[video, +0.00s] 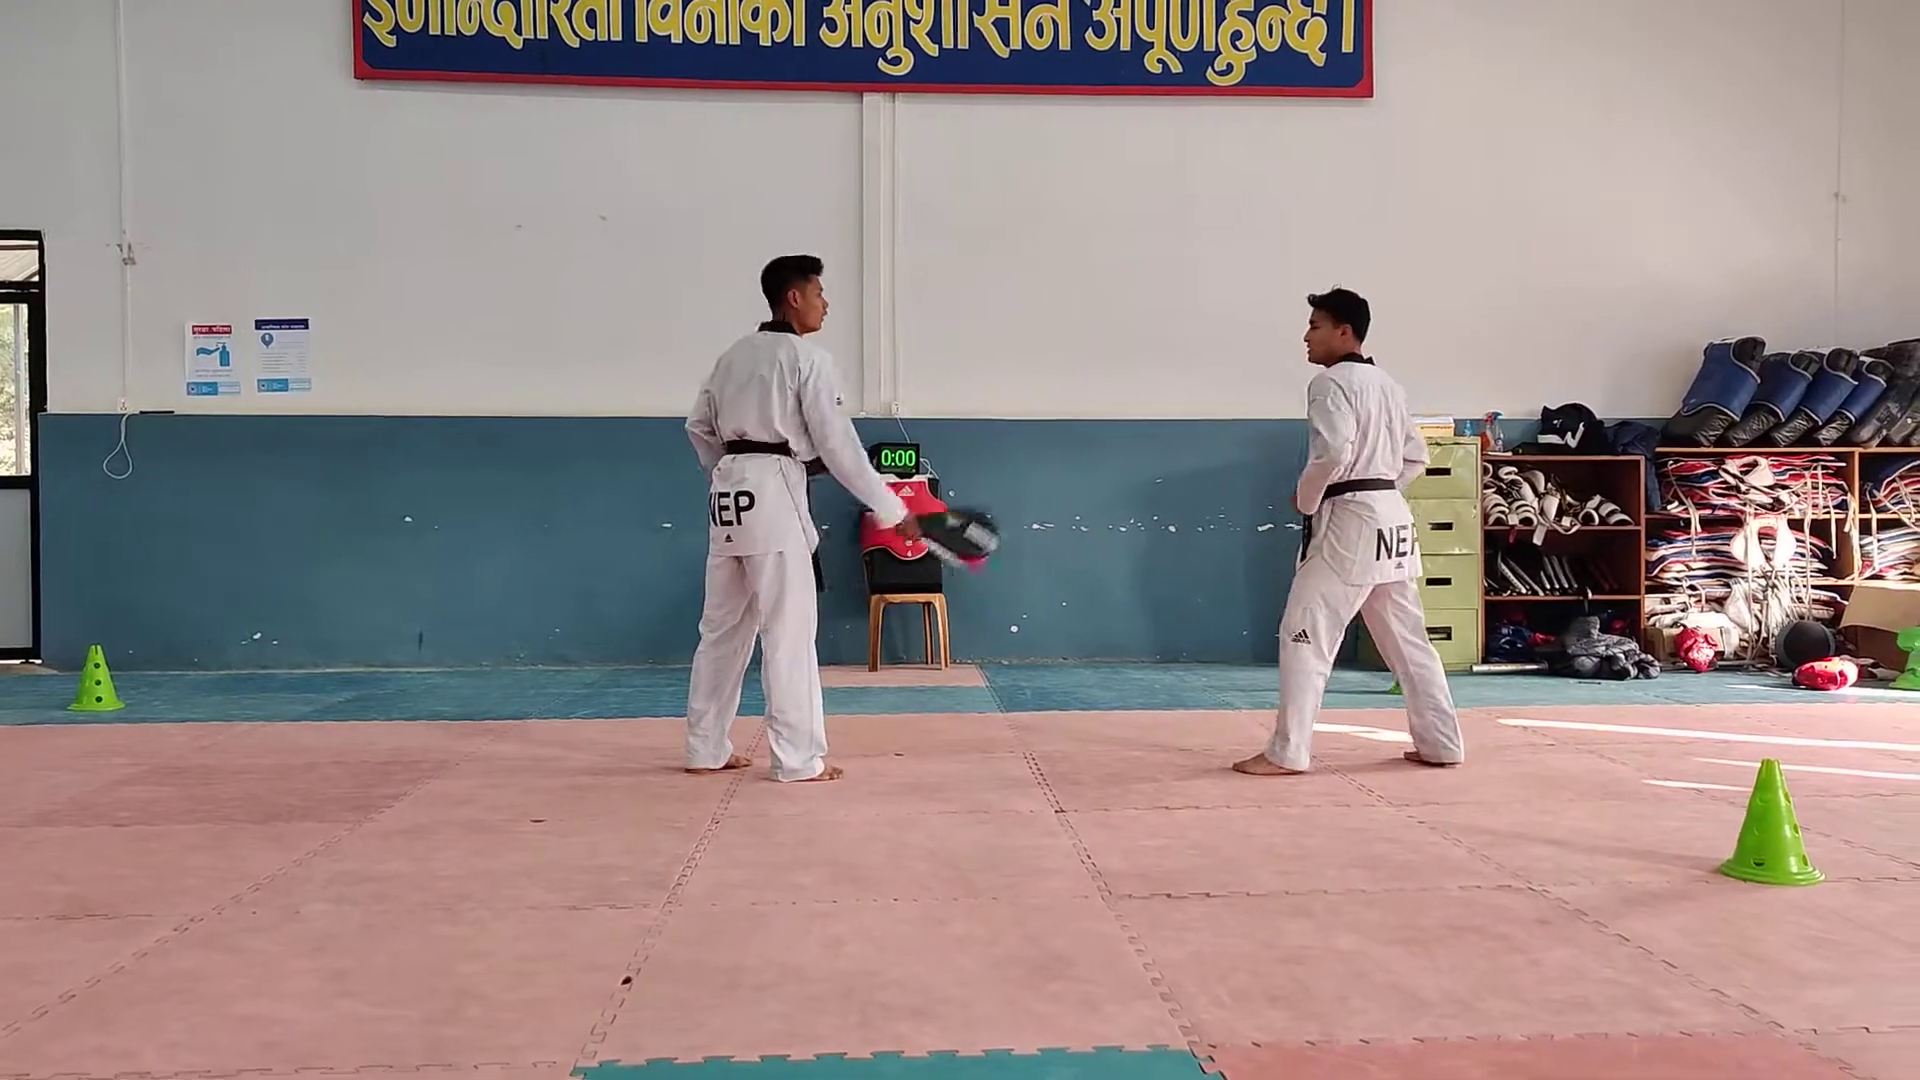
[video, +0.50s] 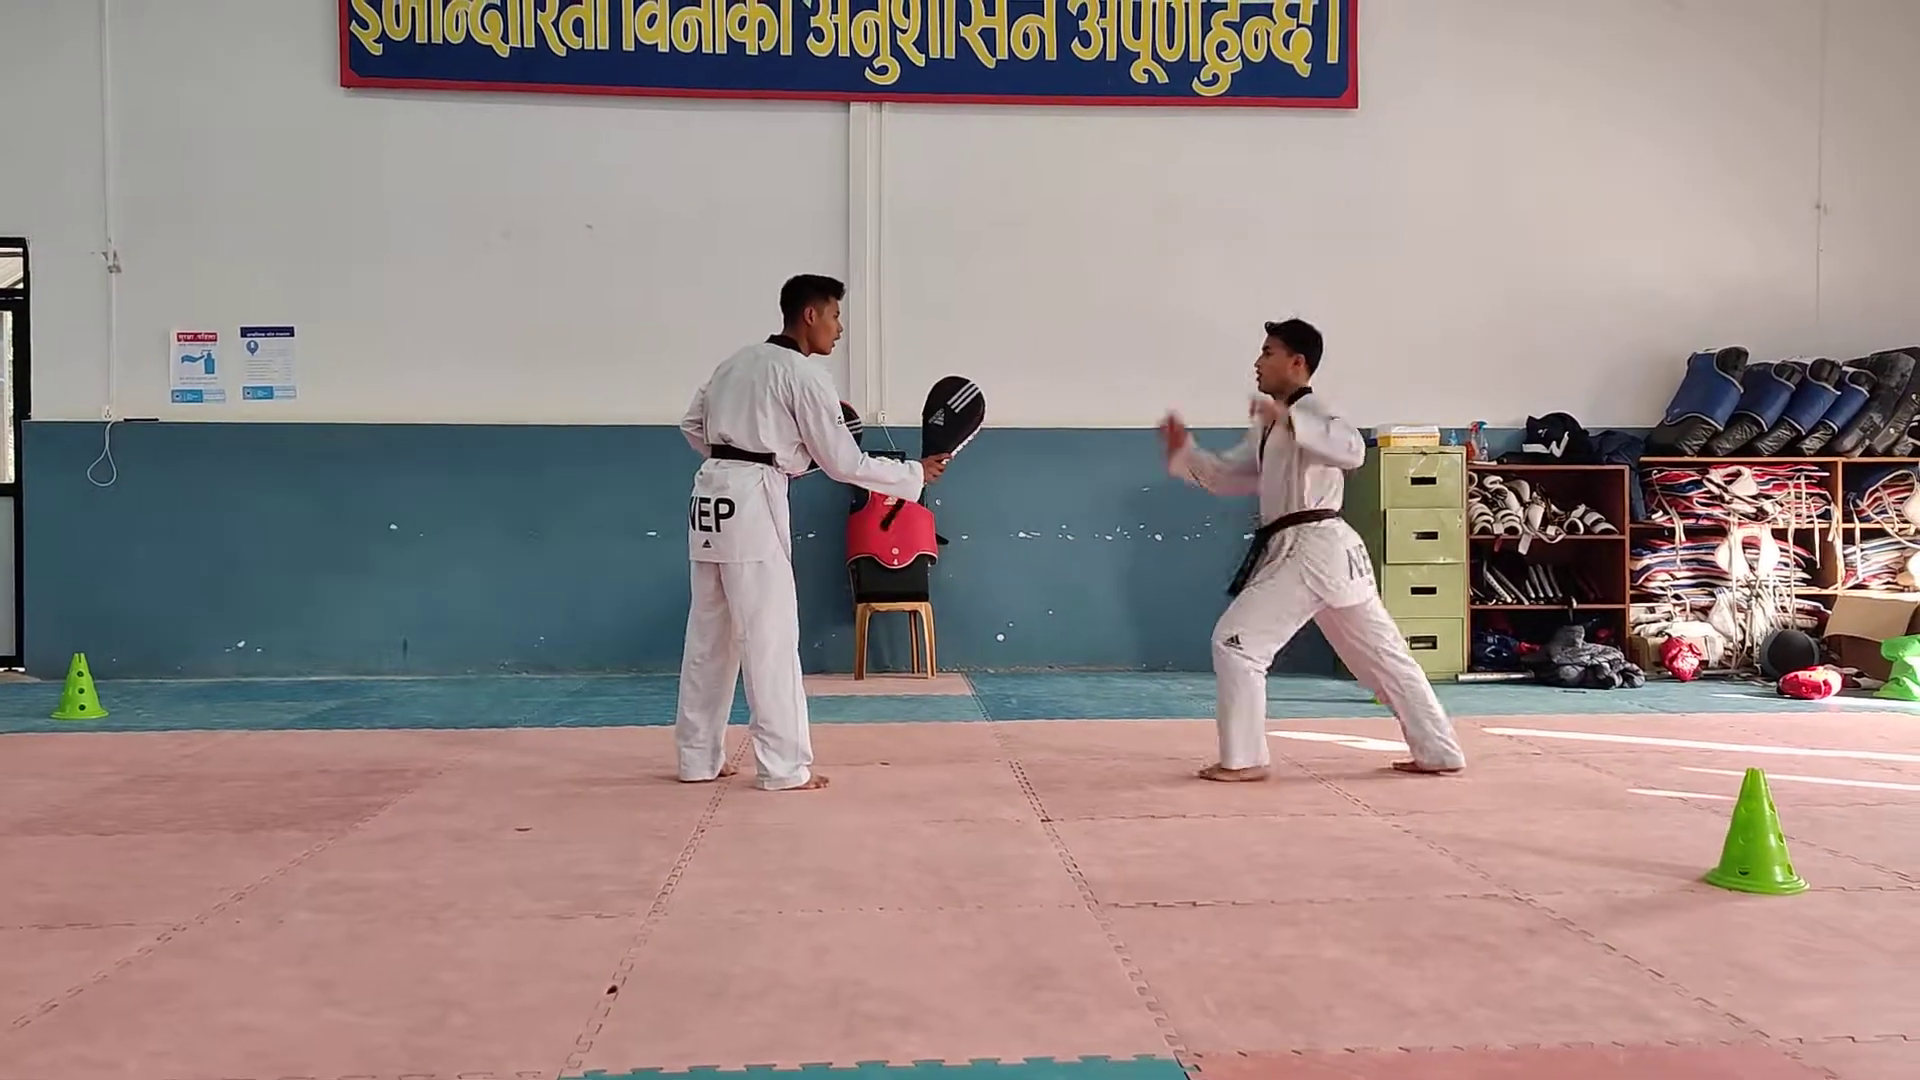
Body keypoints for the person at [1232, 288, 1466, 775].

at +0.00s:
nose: (1306, 335)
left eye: (1314, 326)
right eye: (1308, 325)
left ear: (1345, 332)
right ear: (1351, 335)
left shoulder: (1330, 381)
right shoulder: (1388, 385)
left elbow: (1332, 451)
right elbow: (1416, 455)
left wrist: (1305, 497)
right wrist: (1377, 489)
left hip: (1350, 518)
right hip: (1396, 517)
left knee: (1305, 634)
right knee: (1407, 638)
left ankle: (1288, 752)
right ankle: (1440, 744)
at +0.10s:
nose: (1303, 334)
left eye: (1312, 324)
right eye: (1305, 324)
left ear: (1343, 330)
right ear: (1347, 333)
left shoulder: (1329, 381)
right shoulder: (1386, 384)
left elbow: (1337, 453)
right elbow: (1415, 454)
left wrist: (1305, 494)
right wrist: (1372, 485)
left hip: (1349, 517)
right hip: (1394, 515)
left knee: (1310, 635)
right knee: (1406, 635)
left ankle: (1284, 752)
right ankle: (1436, 742)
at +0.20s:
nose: (1295, 334)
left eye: (1304, 325)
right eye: (1298, 324)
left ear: (1335, 331)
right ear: (1339, 334)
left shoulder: (1323, 381)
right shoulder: (1378, 385)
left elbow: (1333, 455)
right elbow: (1408, 456)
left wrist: (1292, 490)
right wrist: (1364, 487)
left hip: (1342, 517)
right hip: (1386, 516)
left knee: (1308, 637)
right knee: (1400, 636)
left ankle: (1282, 753)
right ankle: (1431, 745)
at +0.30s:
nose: (1286, 334)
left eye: (1294, 325)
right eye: (1288, 324)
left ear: (1324, 332)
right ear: (1326, 334)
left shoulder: (1318, 380)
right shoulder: (1363, 389)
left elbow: (1334, 451)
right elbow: (1387, 463)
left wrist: (1284, 473)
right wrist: (1350, 497)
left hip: (1335, 516)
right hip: (1375, 517)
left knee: (1294, 635)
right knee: (1393, 637)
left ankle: (1276, 753)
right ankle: (1432, 742)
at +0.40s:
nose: (1274, 343)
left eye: (1283, 334)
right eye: (1276, 334)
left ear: (1313, 343)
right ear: (1310, 345)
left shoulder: (1320, 393)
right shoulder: (1312, 396)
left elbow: (1348, 463)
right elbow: (1320, 472)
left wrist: (1277, 494)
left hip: (1328, 527)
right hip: (1350, 527)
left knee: (1269, 631)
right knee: (1387, 641)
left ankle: (1258, 752)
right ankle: (1435, 741)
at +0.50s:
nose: (1258, 362)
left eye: (1267, 354)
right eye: (1261, 353)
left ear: (1297, 363)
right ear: (1291, 364)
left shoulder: (1313, 411)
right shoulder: (1272, 426)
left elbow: (1351, 451)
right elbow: (1242, 476)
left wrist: (1287, 419)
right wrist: (1188, 456)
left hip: (1308, 545)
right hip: (1325, 545)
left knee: (1236, 642)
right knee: (1382, 654)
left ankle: (1244, 759)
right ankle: (1439, 752)